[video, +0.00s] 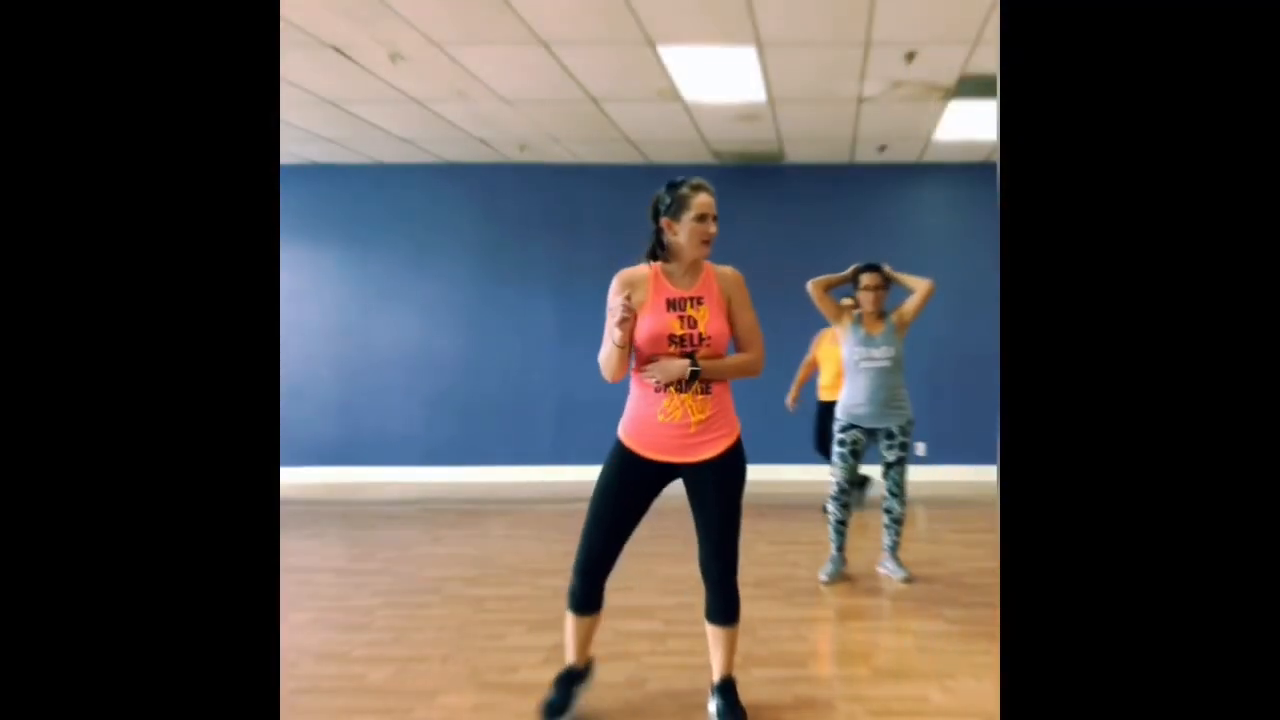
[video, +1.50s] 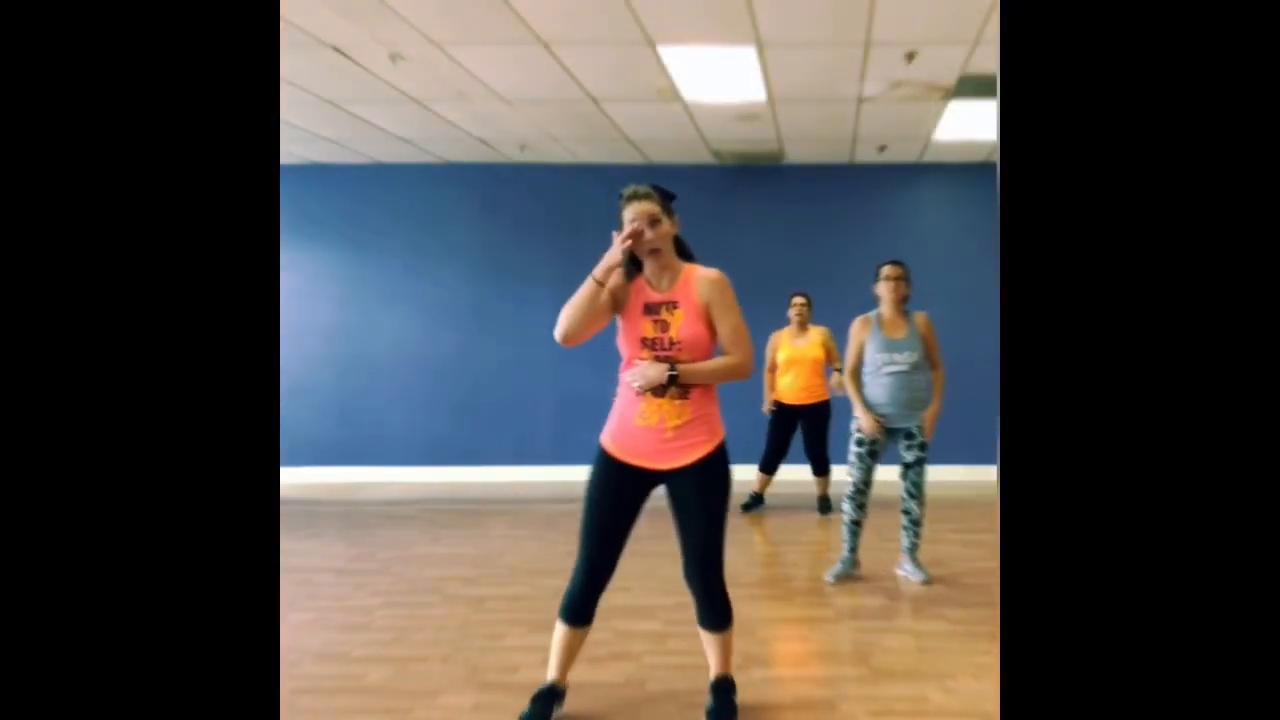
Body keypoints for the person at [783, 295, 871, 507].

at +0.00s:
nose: (847, 313)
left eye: (852, 309)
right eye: (843, 308)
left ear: (859, 311)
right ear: (836, 311)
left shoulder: (862, 335)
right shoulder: (826, 335)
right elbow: (809, 363)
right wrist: (795, 390)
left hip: (852, 397)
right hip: (828, 396)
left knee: (847, 450)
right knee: (823, 445)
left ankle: (840, 497)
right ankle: (856, 480)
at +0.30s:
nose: (814, 318)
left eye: (818, 314)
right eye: (811, 313)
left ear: (825, 317)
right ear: (806, 315)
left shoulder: (830, 338)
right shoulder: (794, 336)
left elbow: (837, 369)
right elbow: (783, 365)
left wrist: (836, 397)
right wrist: (773, 393)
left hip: (822, 402)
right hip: (796, 402)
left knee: (830, 451)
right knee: (782, 446)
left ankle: (835, 494)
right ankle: (763, 488)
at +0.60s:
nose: (785, 311)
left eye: (790, 307)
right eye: (782, 306)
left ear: (797, 312)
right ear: (776, 310)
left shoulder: (803, 336)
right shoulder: (762, 333)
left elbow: (813, 370)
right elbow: (750, 360)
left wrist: (798, 361)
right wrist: (738, 383)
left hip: (792, 397)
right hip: (762, 396)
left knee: (796, 446)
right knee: (760, 446)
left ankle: (818, 482)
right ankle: (754, 492)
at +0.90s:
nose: (773, 309)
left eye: (777, 305)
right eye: (769, 304)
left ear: (785, 309)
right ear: (763, 308)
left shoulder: (794, 333)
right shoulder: (751, 333)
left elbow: (805, 366)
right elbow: (740, 358)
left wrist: (791, 361)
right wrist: (730, 373)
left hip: (781, 396)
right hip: (753, 395)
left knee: (776, 447)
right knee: (756, 446)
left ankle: (772, 494)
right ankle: (753, 492)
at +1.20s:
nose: (777, 309)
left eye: (782, 305)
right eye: (774, 305)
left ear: (789, 310)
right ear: (767, 310)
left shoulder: (799, 335)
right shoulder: (754, 335)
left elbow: (812, 364)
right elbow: (738, 358)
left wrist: (800, 365)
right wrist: (729, 376)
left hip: (790, 398)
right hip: (760, 398)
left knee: (801, 449)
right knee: (761, 449)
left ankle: (812, 492)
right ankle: (754, 493)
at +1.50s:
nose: (798, 310)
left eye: (803, 306)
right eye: (795, 306)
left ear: (810, 311)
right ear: (788, 311)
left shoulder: (822, 335)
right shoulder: (777, 338)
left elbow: (836, 361)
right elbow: (769, 369)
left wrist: (836, 374)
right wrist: (768, 396)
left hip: (815, 400)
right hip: (785, 401)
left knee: (817, 453)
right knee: (773, 451)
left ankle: (823, 495)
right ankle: (757, 494)